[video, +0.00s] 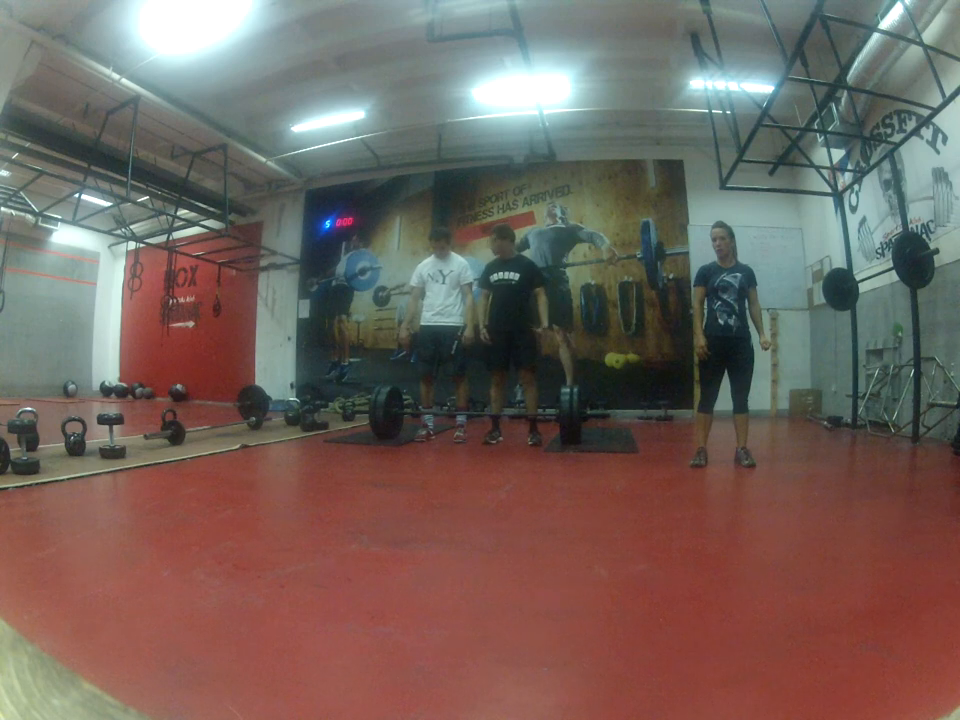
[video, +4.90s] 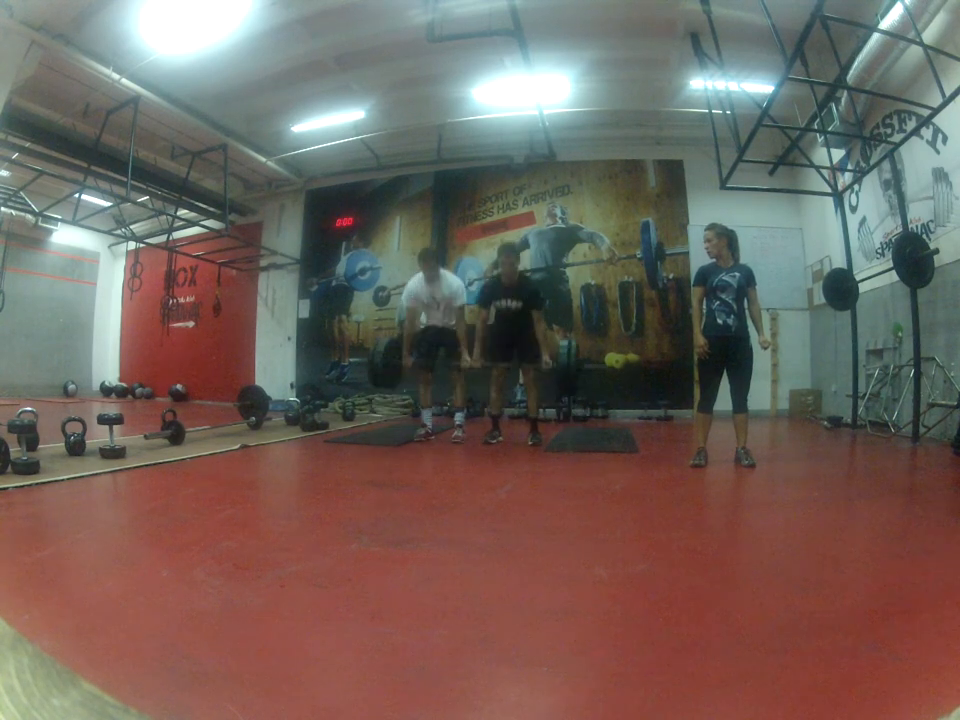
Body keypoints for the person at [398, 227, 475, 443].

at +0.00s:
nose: (439, 249)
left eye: (442, 245)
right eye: (435, 246)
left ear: (449, 243)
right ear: (431, 244)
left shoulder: (460, 264)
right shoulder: (423, 267)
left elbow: (469, 296)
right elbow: (414, 298)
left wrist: (470, 326)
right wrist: (405, 325)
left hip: (455, 328)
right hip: (428, 328)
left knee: (459, 376)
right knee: (426, 376)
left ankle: (461, 426)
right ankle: (427, 425)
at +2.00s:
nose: (431, 277)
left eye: (434, 274)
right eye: (428, 274)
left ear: (441, 267)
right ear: (423, 270)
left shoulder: (456, 277)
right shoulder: (417, 279)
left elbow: (466, 313)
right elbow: (411, 314)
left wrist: (467, 347)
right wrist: (410, 344)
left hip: (455, 330)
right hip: (431, 330)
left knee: (459, 376)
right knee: (426, 376)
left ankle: (461, 425)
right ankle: (427, 425)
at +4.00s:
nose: (428, 287)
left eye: (431, 283)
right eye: (424, 283)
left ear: (437, 276)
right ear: (419, 278)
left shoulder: (454, 282)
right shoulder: (413, 286)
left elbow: (465, 318)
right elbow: (410, 320)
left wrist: (467, 351)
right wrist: (410, 350)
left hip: (454, 332)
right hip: (429, 332)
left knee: (458, 375)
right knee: (425, 376)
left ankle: (461, 424)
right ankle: (426, 425)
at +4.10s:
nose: (427, 299)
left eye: (430, 295)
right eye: (423, 296)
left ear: (436, 287)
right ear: (417, 290)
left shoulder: (453, 293)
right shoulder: (412, 295)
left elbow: (464, 327)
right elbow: (409, 328)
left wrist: (467, 362)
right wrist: (408, 360)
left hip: (452, 333)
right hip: (428, 333)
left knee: (456, 374)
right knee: (423, 375)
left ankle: (459, 425)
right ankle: (426, 425)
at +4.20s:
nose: (427, 318)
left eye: (429, 314)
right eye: (423, 315)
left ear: (435, 308)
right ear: (417, 310)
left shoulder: (452, 312)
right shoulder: (410, 315)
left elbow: (463, 346)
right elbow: (407, 349)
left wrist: (467, 384)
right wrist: (407, 383)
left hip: (452, 340)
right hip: (427, 341)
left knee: (454, 374)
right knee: (422, 376)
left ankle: (459, 426)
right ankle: (426, 426)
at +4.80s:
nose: (429, 299)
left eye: (432, 295)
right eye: (425, 295)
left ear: (438, 291)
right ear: (420, 292)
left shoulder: (453, 303)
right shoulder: (412, 305)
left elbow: (460, 339)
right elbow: (409, 341)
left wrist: (466, 372)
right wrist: (407, 373)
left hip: (450, 336)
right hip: (426, 337)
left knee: (456, 376)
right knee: (423, 376)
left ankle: (458, 426)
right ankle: (427, 425)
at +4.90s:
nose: (429, 272)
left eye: (432, 267)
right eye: (425, 268)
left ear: (438, 265)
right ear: (420, 266)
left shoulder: (454, 284)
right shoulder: (413, 286)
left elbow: (460, 321)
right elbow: (410, 322)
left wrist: (464, 351)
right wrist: (406, 353)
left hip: (451, 329)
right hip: (427, 329)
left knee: (458, 374)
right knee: (425, 377)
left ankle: (459, 425)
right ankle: (427, 426)